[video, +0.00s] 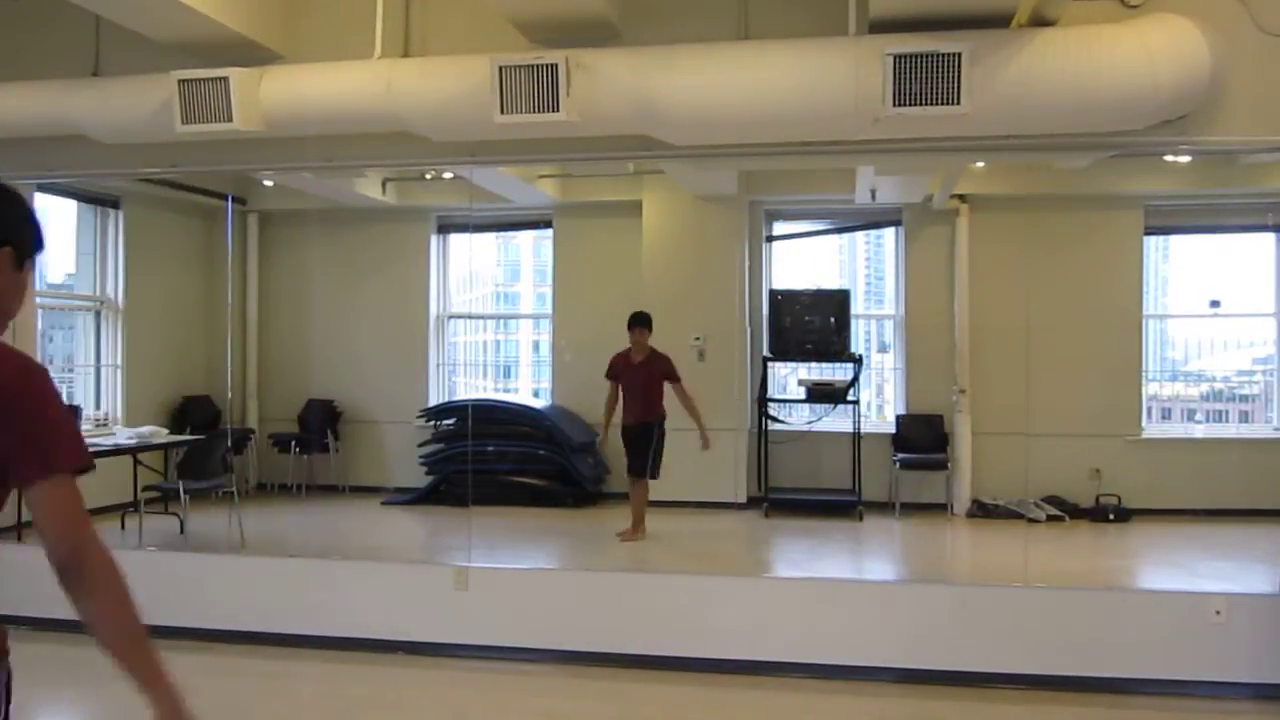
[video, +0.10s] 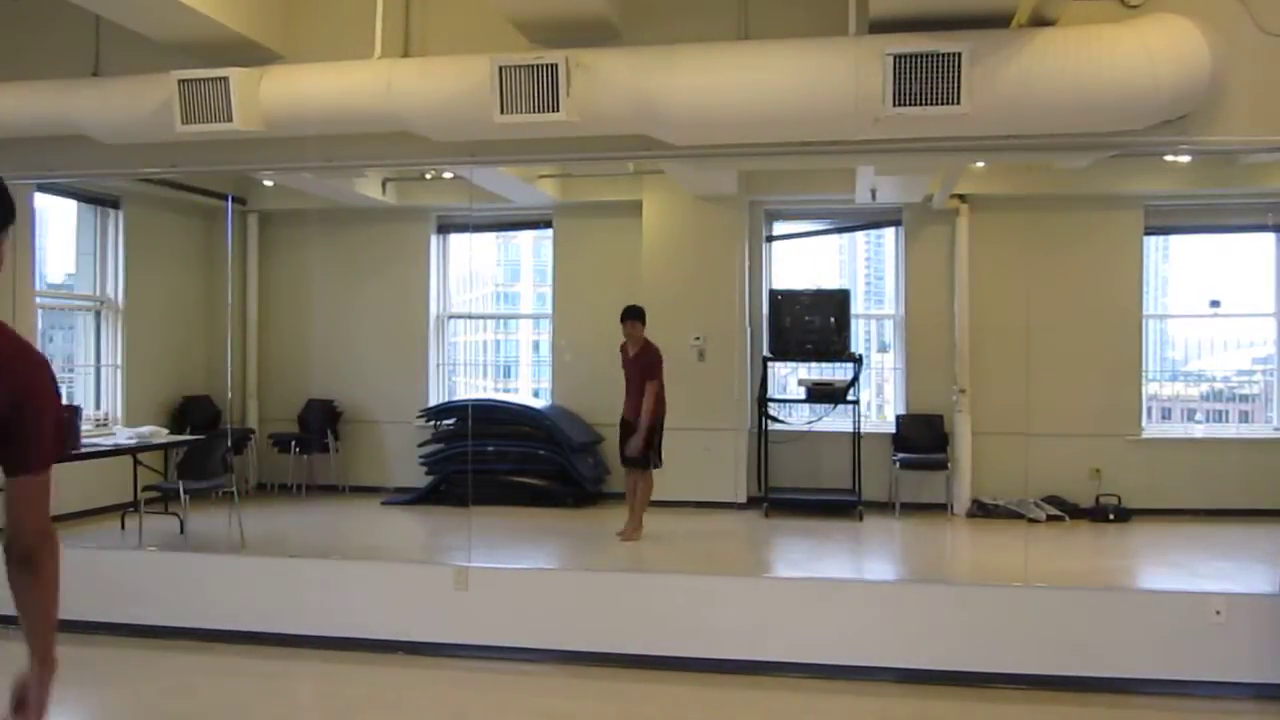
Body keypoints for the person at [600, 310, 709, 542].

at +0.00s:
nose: (638, 337)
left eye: (643, 333)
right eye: (634, 332)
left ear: (650, 334)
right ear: (628, 333)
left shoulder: (661, 361)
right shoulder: (619, 361)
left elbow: (683, 396)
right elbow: (612, 397)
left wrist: (702, 429)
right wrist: (605, 430)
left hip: (653, 424)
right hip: (629, 425)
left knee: (640, 476)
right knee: (634, 476)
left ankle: (638, 527)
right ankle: (637, 525)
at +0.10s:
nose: (631, 328)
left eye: (635, 324)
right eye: (627, 324)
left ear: (643, 326)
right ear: (622, 326)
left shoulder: (652, 354)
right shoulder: (624, 349)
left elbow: (650, 397)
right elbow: (629, 384)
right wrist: (626, 413)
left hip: (649, 419)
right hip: (630, 416)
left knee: (643, 471)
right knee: (630, 469)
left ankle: (637, 523)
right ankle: (632, 520)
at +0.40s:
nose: (634, 336)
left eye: (638, 331)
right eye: (631, 332)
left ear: (648, 334)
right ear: (628, 334)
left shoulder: (647, 359)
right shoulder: (647, 354)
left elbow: (615, 356)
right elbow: (656, 346)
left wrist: (583, 337)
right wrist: (658, 336)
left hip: (653, 424)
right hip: (640, 422)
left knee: (637, 475)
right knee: (624, 467)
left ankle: (649, 521)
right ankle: (611, 501)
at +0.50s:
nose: (641, 340)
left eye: (646, 335)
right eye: (638, 336)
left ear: (655, 339)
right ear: (633, 340)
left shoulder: (652, 365)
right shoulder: (644, 363)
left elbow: (618, 365)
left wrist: (592, 342)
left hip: (656, 429)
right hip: (645, 428)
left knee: (632, 477)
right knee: (636, 476)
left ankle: (648, 520)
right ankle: (635, 503)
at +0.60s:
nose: (646, 334)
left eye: (651, 329)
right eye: (642, 330)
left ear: (660, 332)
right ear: (638, 333)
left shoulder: (665, 360)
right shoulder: (640, 359)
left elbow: (642, 384)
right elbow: (636, 385)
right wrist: (609, 380)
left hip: (664, 424)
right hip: (647, 424)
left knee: (643, 473)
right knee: (652, 471)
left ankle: (648, 521)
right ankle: (657, 507)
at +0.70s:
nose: (649, 323)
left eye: (653, 318)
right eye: (645, 319)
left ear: (661, 321)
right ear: (640, 322)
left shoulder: (673, 348)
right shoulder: (638, 354)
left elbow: (669, 387)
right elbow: (637, 391)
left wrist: (652, 420)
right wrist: (632, 424)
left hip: (678, 413)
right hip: (655, 413)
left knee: (666, 465)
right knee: (665, 465)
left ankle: (652, 514)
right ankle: (689, 504)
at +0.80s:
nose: (652, 326)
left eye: (657, 321)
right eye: (648, 321)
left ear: (665, 323)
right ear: (643, 325)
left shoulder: (682, 348)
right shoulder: (641, 358)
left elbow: (702, 380)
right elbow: (648, 392)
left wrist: (722, 413)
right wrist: (657, 418)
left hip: (689, 414)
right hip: (665, 418)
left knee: (688, 468)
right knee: (680, 470)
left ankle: (690, 520)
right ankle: (704, 512)